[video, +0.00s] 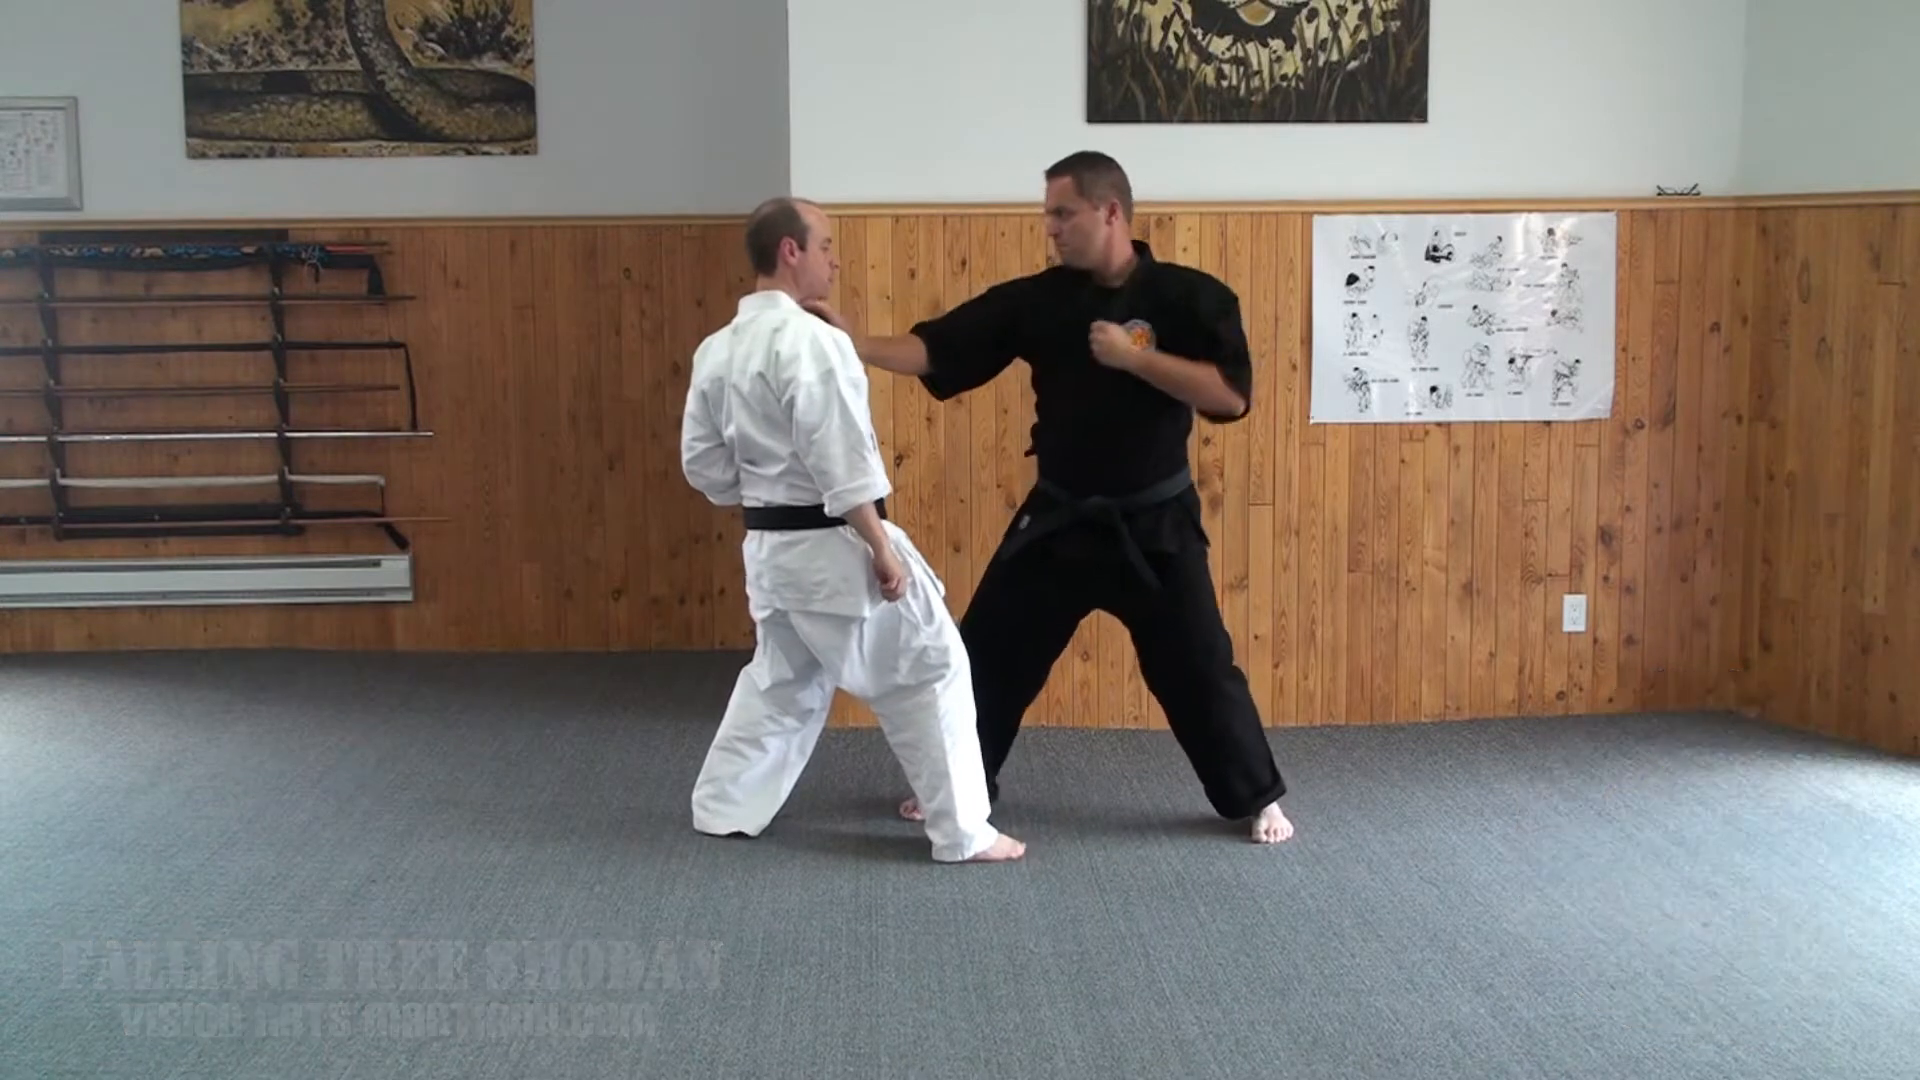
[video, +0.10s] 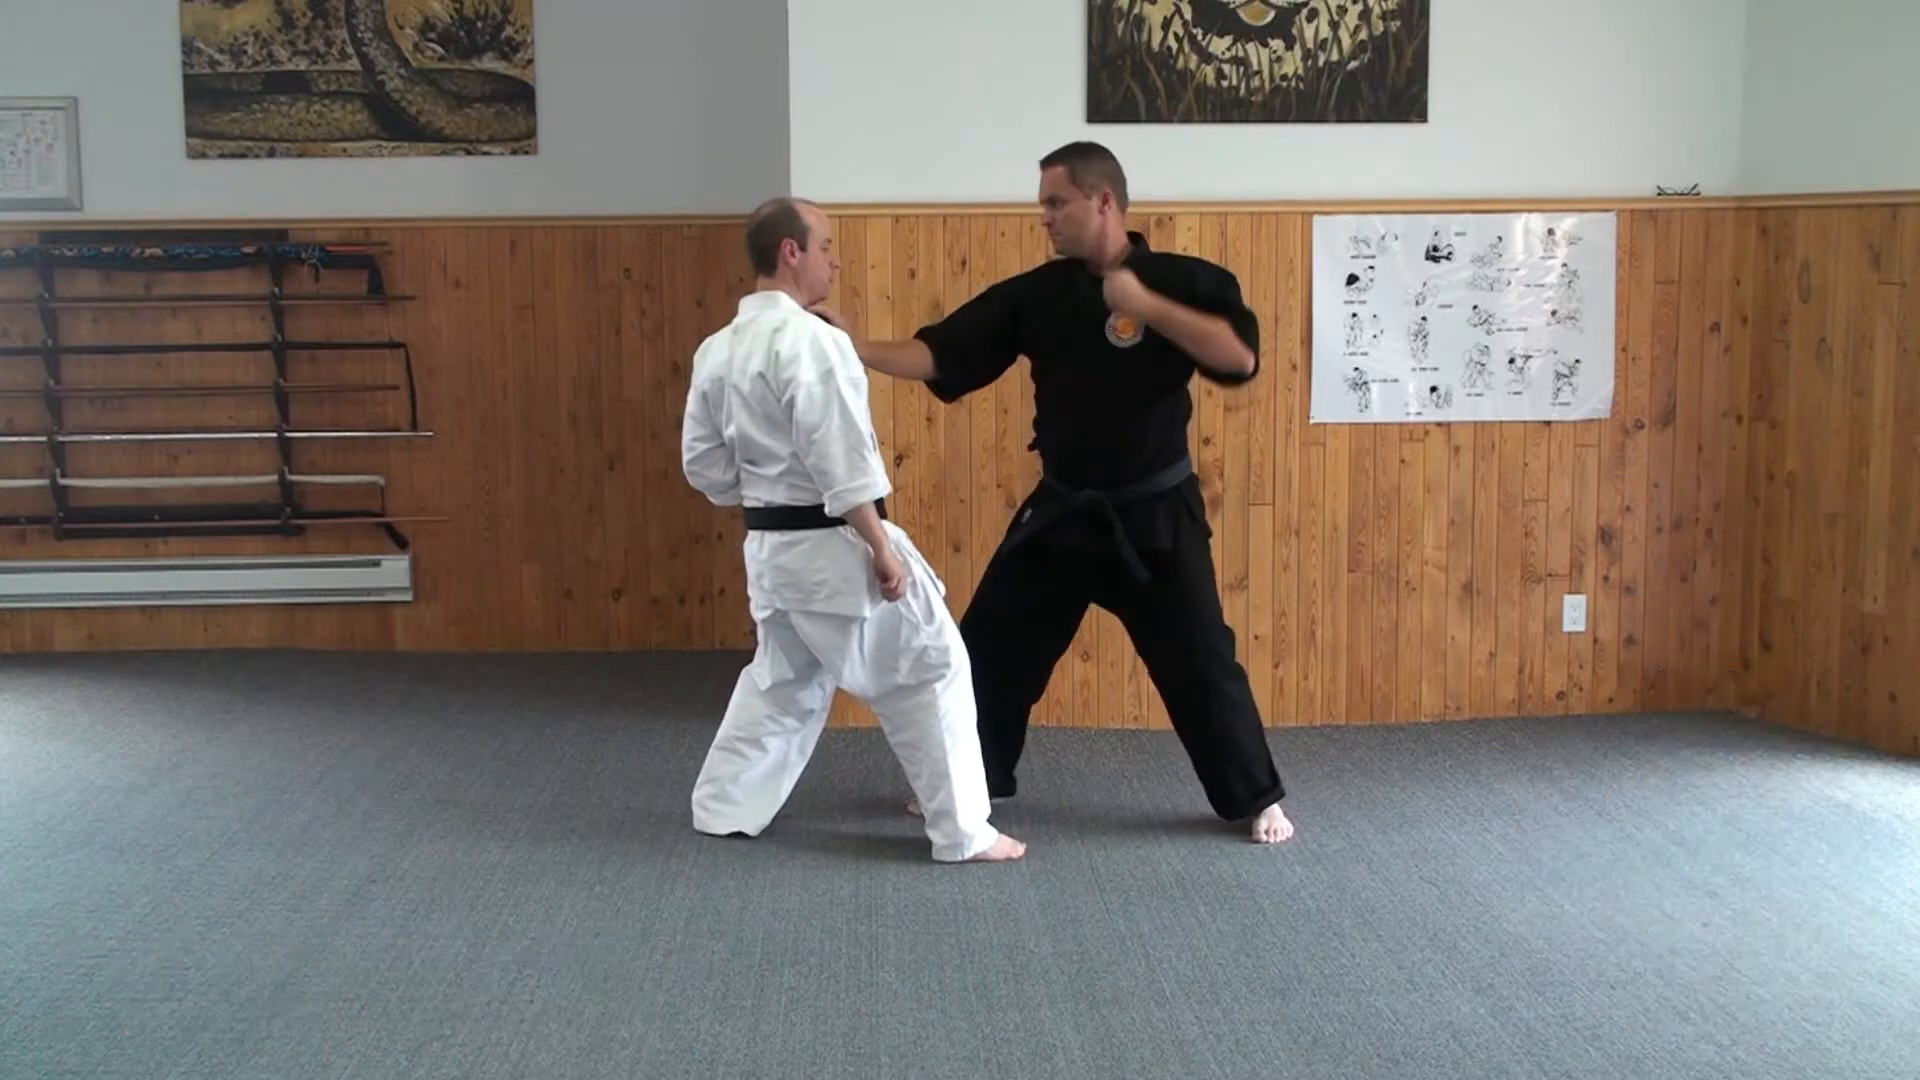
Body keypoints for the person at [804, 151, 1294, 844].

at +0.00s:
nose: (1051, 228)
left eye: (1063, 214)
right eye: (1048, 215)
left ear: (1113, 213)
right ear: (1051, 217)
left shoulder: (1192, 298)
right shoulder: (1034, 301)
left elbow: (1232, 397)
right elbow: (935, 348)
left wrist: (1136, 358)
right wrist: (848, 342)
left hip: (1155, 524)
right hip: (1054, 522)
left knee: (1200, 666)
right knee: (987, 655)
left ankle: (1260, 799)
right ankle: (957, 788)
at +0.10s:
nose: (1045, 218)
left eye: (1057, 205)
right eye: (1043, 206)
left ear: (1107, 202)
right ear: (1057, 209)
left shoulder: (1184, 283)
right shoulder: (1034, 297)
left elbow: (1239, 359)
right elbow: (937, 354)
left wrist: (1149, 307)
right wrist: (849, 348)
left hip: (1157, 512)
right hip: (1059, 513)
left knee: (1200, 659)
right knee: (989, 646)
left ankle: (1259, 800)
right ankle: (962, 782)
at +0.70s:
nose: (955, 198)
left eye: (965, 183)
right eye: (952, 187)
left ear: (1006, 177)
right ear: (964, 191)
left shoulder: (1048, 250)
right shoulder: (956, 276)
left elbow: (1019, 176)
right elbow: (865, 317)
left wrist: (1004, 118)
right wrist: (776, 324)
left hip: (1039, 473)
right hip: (972, 475)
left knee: (1011, 632)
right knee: (962, 634)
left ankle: (1111, 758)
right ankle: (1013, 781)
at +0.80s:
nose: (951, 194)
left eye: (962, 179)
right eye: (947, 182)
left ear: (1002, 175)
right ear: (955, 188)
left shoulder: (1043, 249)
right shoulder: (954, 270)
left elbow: (1012, 170)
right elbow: (868, 315)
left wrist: (1004, 109)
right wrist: (785, 328)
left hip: (1027, 469)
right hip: (968, 471)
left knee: (985, 628)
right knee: (958, 631)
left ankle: (1043, 763)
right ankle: (1003, 782)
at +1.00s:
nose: (939, 193)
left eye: (951, 179)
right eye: (937, 181)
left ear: (992, 177)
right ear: (946, 186)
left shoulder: (1027, 244)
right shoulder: (937, 269)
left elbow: (1018, 131)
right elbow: (850, 302)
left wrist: (1007, 133)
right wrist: (759, 311)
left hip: (996, 472)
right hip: (950, 472)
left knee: (910, 614)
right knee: (975, 631)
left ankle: (929, 784)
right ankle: (1017, 779)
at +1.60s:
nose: (790, 219)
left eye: (797, 207)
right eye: (790, 208)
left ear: (824, 213)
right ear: (869, 221)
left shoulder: (785, 284)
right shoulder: (894, 295)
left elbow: (679, 263)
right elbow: (799, 368)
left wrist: (753, 211)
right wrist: (700, 348)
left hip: (816, 526)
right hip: (904, 521)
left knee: (721, 671)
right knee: (907, 647)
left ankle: (722, 850)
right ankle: (960, 789)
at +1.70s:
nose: (766, 227)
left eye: (771, 215)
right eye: (772, 214)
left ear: (793, 219)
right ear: (845, 225)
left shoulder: (754, 303)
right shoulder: (880, 297)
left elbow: (649, 326)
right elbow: (908, 353)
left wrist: (690, 257)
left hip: (808, 537)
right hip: (899, 527)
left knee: (712, 675)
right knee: (904, 652)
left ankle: (721, 850)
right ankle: (960, 794)